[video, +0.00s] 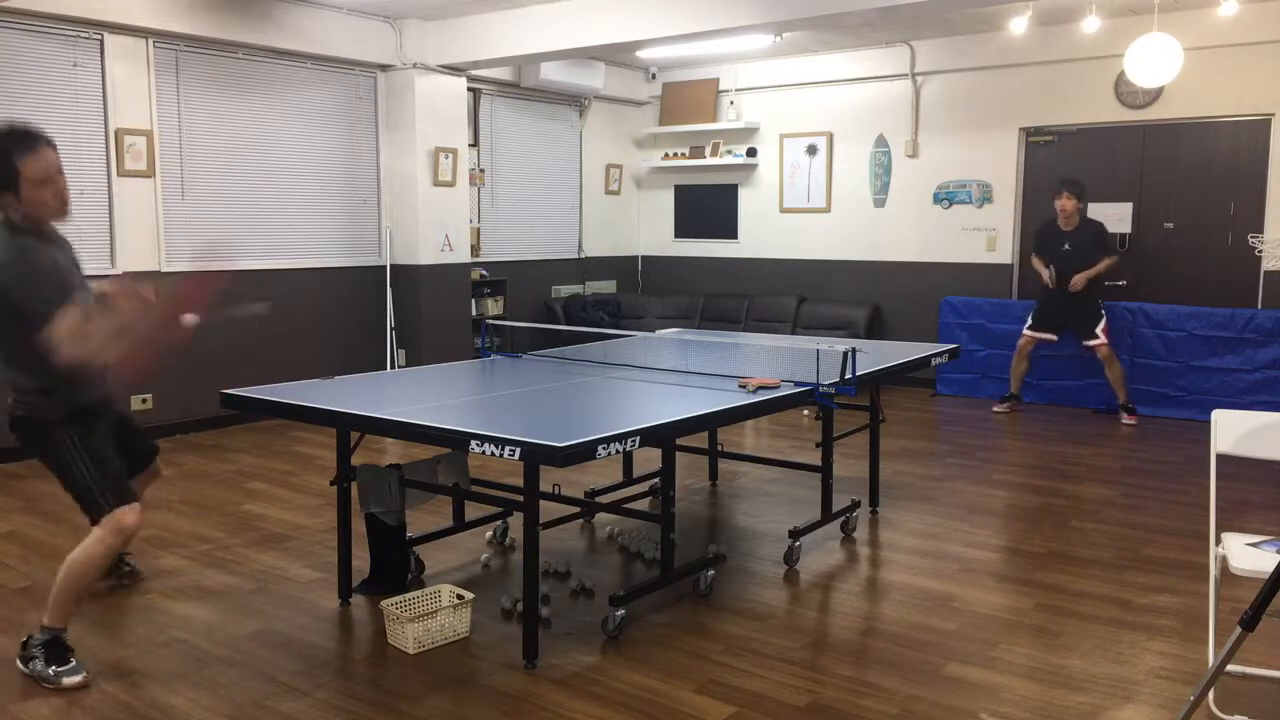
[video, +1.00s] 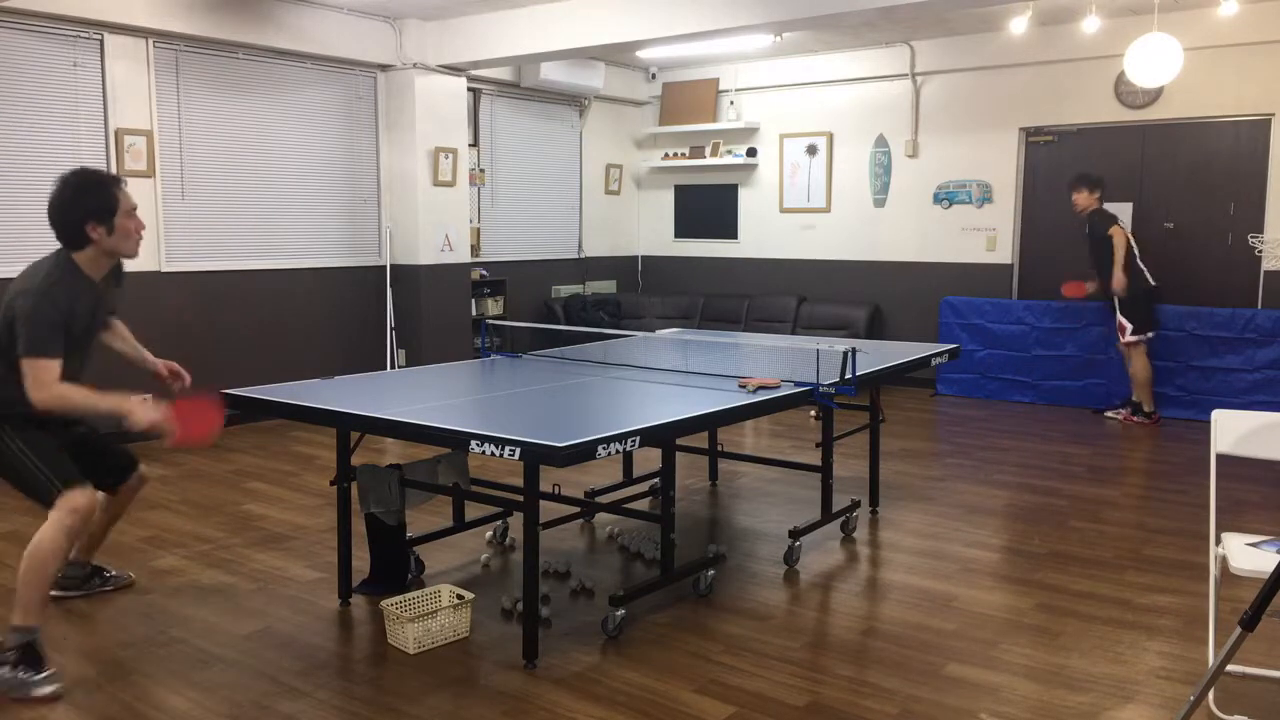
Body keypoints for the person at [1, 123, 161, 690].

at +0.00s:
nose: (61, 189)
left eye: (60, 176)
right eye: (45, 182)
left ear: (61, 175)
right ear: (10, 200)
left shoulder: (46, 239)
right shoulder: (21, 257)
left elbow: (76, 304)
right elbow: (73, 348)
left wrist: (118, 304)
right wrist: (143, 322)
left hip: (81, 394)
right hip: (47, 409)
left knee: (144, 467)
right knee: (121, 517)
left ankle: (105, 558)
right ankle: (45, 642)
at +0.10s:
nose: (61, 157)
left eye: (56, 147)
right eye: (48, 152)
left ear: (18, 170)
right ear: (14, 170)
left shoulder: (27, 212)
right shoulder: (29, 207)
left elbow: (53, 282)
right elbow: (116, 162)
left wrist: (107, 251)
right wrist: (87, 138)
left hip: (66, 394)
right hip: (52, 402)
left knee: (118, 475)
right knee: (146, 514)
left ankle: (62, 565)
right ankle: (42, 630)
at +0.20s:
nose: (64, 165)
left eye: (58, 154)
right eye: (51, 158)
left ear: (18, 178)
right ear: (17, 176)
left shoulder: (14, 221)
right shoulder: (38, 219)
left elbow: (37, 304)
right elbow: (136, 193)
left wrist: (98, 277)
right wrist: (100, 137)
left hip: (24, 403)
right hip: (56, 405)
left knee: (86, 491)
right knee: (159, 526)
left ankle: (10, 586)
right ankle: (89, 672)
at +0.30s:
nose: (68, 190)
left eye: (63, 178)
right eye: (58, 181)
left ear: (18, 196)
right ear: (25, 196)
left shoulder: (7, 247)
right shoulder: (49, 249)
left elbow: (19, 320)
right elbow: (158, 268)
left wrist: (79, 318)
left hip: (13, 427)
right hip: (60, 427)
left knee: (68, 510)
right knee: (149, 548)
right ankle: (97, 687)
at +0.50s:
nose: (92, 143)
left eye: (86, 132)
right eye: (81, 135)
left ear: (41, 153)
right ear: (52, 152)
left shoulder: (17, 208)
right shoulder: (45, 217)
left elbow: (32, 293)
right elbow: (79, 308)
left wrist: (98, 283)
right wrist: (160, 287)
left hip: (10, 388)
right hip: (30, 392)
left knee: (29, 500)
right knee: (90, 505)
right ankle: (69, 663)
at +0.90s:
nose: (140, 210)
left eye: (136, 200)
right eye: (130, 202)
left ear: (98, 217)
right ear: (98, 217)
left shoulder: (84, 267)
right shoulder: (56, 275)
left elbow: (80, 340)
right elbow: (60, 380)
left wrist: (147, 361)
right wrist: (144, 367)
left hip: (37, 411)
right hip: (6, 420)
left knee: (107, 483)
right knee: (70, 525)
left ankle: (70, 573)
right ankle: (0, 660)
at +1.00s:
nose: (140, 221)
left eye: (135, 211)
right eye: (129, 215)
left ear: (98, 229)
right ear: (95, 231)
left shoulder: (109, 272)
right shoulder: (45, 292)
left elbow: (100, 322)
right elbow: (42, 392)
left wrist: (150, 362)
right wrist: (127, 406)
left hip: (51, 409)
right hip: (9, 419)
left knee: (127, 479)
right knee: (78, 500)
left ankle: (72, 569)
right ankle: (17, 650)